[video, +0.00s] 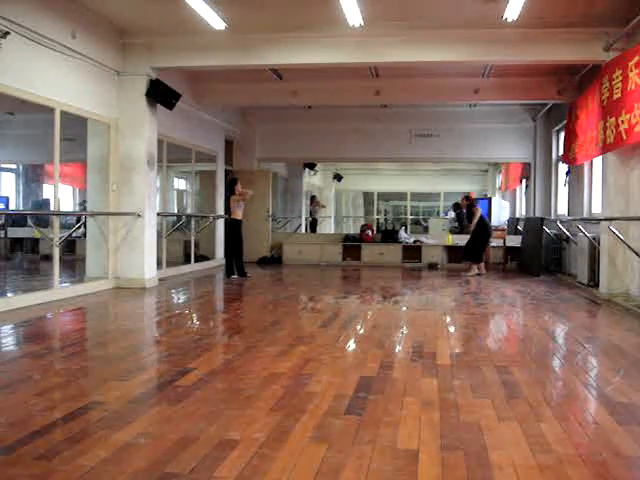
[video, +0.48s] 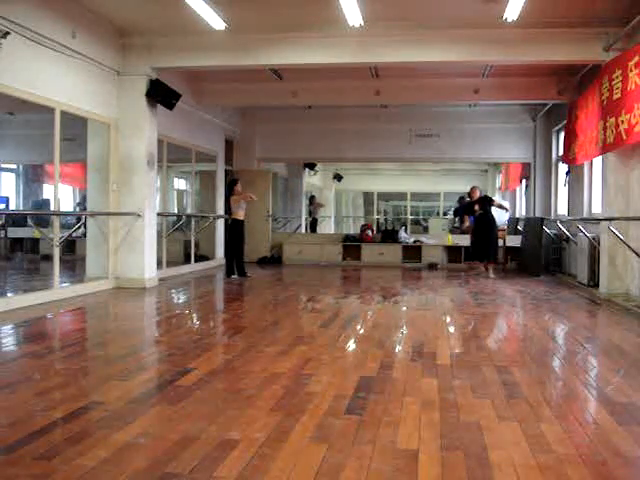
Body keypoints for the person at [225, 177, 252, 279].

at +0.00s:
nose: (240, 187)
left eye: (239, 185)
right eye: (238, 185)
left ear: (237, 187)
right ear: (234, 187)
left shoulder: (239, 197)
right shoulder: (233, 198)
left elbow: (249, 193)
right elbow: (246, 197)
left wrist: (242, 192)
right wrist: (242, 192)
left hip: (238, 221)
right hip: (232, 221)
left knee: (238, 247)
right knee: (231, 248)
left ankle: (241, 271)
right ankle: (230, 272)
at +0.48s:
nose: (240, 187)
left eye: (240, 185)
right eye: (238, 185)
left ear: (238, 187)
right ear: (234, 187)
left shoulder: (241, 197)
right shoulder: (233, 198)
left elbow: (253, 198)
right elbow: (241, 197)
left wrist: (249, 196)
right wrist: (247, 196)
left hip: (240, 221)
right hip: (234, 221)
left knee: (239, 248)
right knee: (232, 248)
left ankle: (241, 271)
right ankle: (230, 272)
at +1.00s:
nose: (245, 187)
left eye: (245, 185)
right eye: (243, 185)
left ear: (243, 187)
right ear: (238, 187)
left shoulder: (245, 198)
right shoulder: (233, 197)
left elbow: (245, 207)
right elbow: (220, 204)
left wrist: (246, 212)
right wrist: (229, 211)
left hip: (241, 221)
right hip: (233, 220)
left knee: (241, 247)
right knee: (230, 246)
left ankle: (241, 271)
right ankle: (226, 270)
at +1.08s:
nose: (244, 187)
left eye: (244, 185)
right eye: (242, 185)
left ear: (243, 187)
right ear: (237, 187)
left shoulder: (244, 198)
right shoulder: (232, 197)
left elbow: (244, 207)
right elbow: (219, 203)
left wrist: (246, 211)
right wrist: (227, 210)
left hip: (241, 221)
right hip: (232, 220)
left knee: (240, 247)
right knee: (229, 247)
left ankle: (241, 271)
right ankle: (225, 271)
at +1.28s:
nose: (240, 188)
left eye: (240, 186)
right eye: (238, 186)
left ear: (240, 187)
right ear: (233, 187)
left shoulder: (242, 198)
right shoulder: (228, 197)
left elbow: (245, 207)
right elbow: (214, 203)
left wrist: (244, 210)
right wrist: (223, 208)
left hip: (239, 220)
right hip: (229, 220)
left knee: (239, 248)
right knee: (226, 247)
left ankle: (241, 272)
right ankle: (222, 271)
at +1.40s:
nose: (237, 188)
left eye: (238, 185)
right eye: (235, 186)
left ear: (237, 187)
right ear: (230, 188)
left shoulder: (238, 198)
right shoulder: (224, 198)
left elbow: (243, 208)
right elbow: (215, 201)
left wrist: (242, 209)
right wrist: (218, 208)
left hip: (235, 220)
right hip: (226, 220)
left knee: (238, 248)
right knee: (223, 248)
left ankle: (241, 272)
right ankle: (222, 271)